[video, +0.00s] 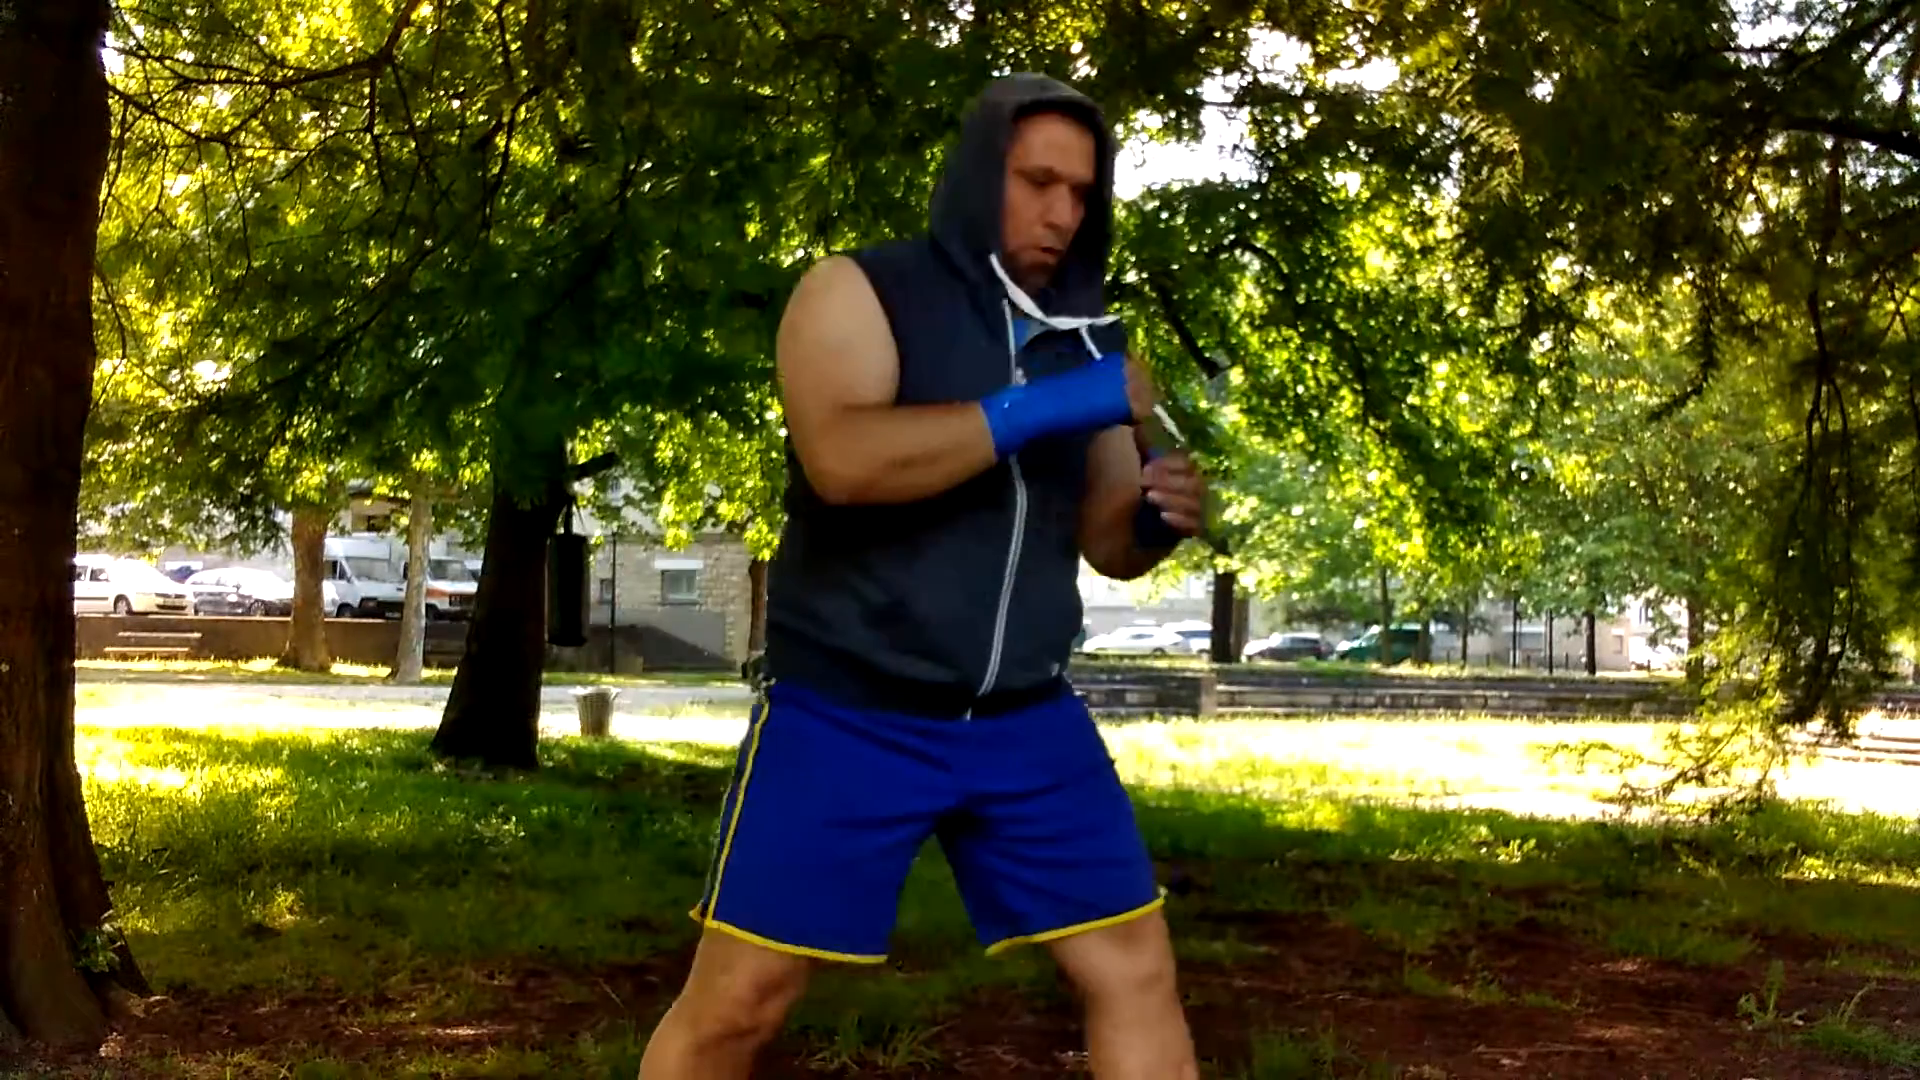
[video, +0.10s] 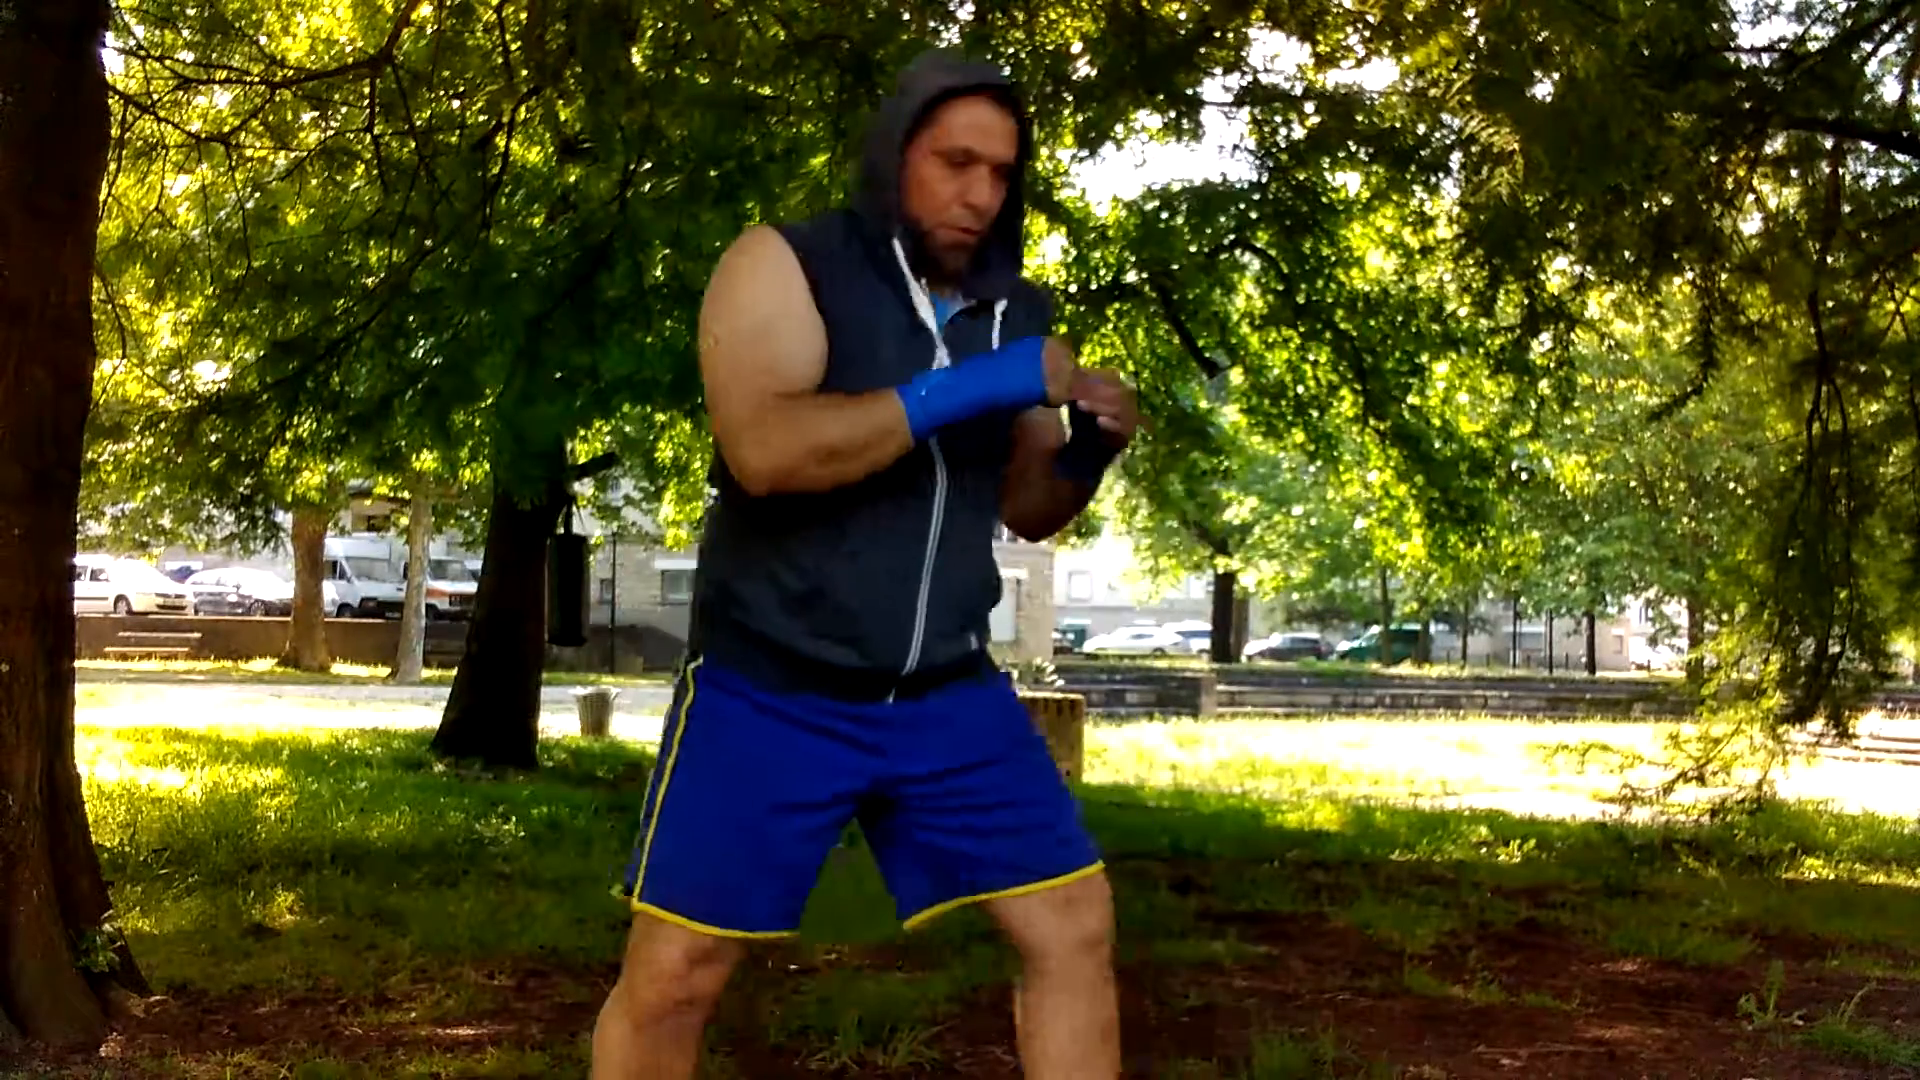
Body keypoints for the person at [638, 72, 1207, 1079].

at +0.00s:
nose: (1065, 214)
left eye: (1082, 192)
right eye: (1042, 183)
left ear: (1095, 203)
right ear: (978, 178)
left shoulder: (1088, 340)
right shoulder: (851, 289)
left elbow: (1108, 542)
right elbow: (842, 460)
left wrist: (1155, 516)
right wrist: (1060, 405)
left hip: (1026, 718)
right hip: (846, 715)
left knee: (1135, 974)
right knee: (737, 1003)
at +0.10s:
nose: (980, 195)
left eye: (1001, 172)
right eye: (955, 162)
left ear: (1016, 182)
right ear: (892, 154)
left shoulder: (1016, 313)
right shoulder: (775, 266)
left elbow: (1027, 510)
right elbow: (764, 450)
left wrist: (1090, 450)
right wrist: (982, 386)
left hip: (950, 694)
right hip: (769, 692)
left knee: (1071, 924)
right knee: (672, 978)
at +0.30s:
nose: (908, 224)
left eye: (931, 201)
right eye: (883, 190)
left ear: (949, 212)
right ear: (826, 183)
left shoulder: (949, 330)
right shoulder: (704, 293)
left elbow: (1042, 518)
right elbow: (708, 486)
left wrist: (1076, 423)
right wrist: (871, 371)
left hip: (870, 719)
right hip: (690, 703)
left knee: (970, 962)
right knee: (571, 974)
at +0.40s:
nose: (834, 244)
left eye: (855, 222)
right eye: (812, 211)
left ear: (873, 230)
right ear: (754, 199)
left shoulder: (862, 359)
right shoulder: (629, 309)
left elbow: (909, 554)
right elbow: (674, 491)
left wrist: (977, 501)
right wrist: (865, 416)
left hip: (804, 726)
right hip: (618, 727)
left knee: (924, 957)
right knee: (500, 1016)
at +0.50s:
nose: (760, 238)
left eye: (784, 216)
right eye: (739, 204)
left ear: (801, 226)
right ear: (680, 190)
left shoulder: (778, 341)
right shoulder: (554, 300)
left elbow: (796, 532)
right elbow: (615, 472)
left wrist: (873, 493)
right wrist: (793, 363)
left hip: (752, 710)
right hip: (561, 714)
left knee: (887, 933)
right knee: (477, 999)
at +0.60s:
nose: (683, 222)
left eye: (710, 197)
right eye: (659, 187)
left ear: (732, 206)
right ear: (600, 175)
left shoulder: (751, 304)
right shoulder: (486, 292)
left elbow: (826, 468)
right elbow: (536, 454)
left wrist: (859, 417)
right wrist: (692, 332)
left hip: (720, 693)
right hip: (528, 702)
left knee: (849, 928)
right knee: (454, 997)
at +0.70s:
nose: (619, 215)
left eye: (647, 191)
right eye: (596, 180)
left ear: (671, 194)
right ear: (542, 169)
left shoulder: (716, 273)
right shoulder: (436, 290)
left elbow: (908, 337)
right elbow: (459, 467)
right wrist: (614, 337)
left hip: (686, 694)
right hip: (492, 700)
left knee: (799, 950)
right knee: (428, 992)